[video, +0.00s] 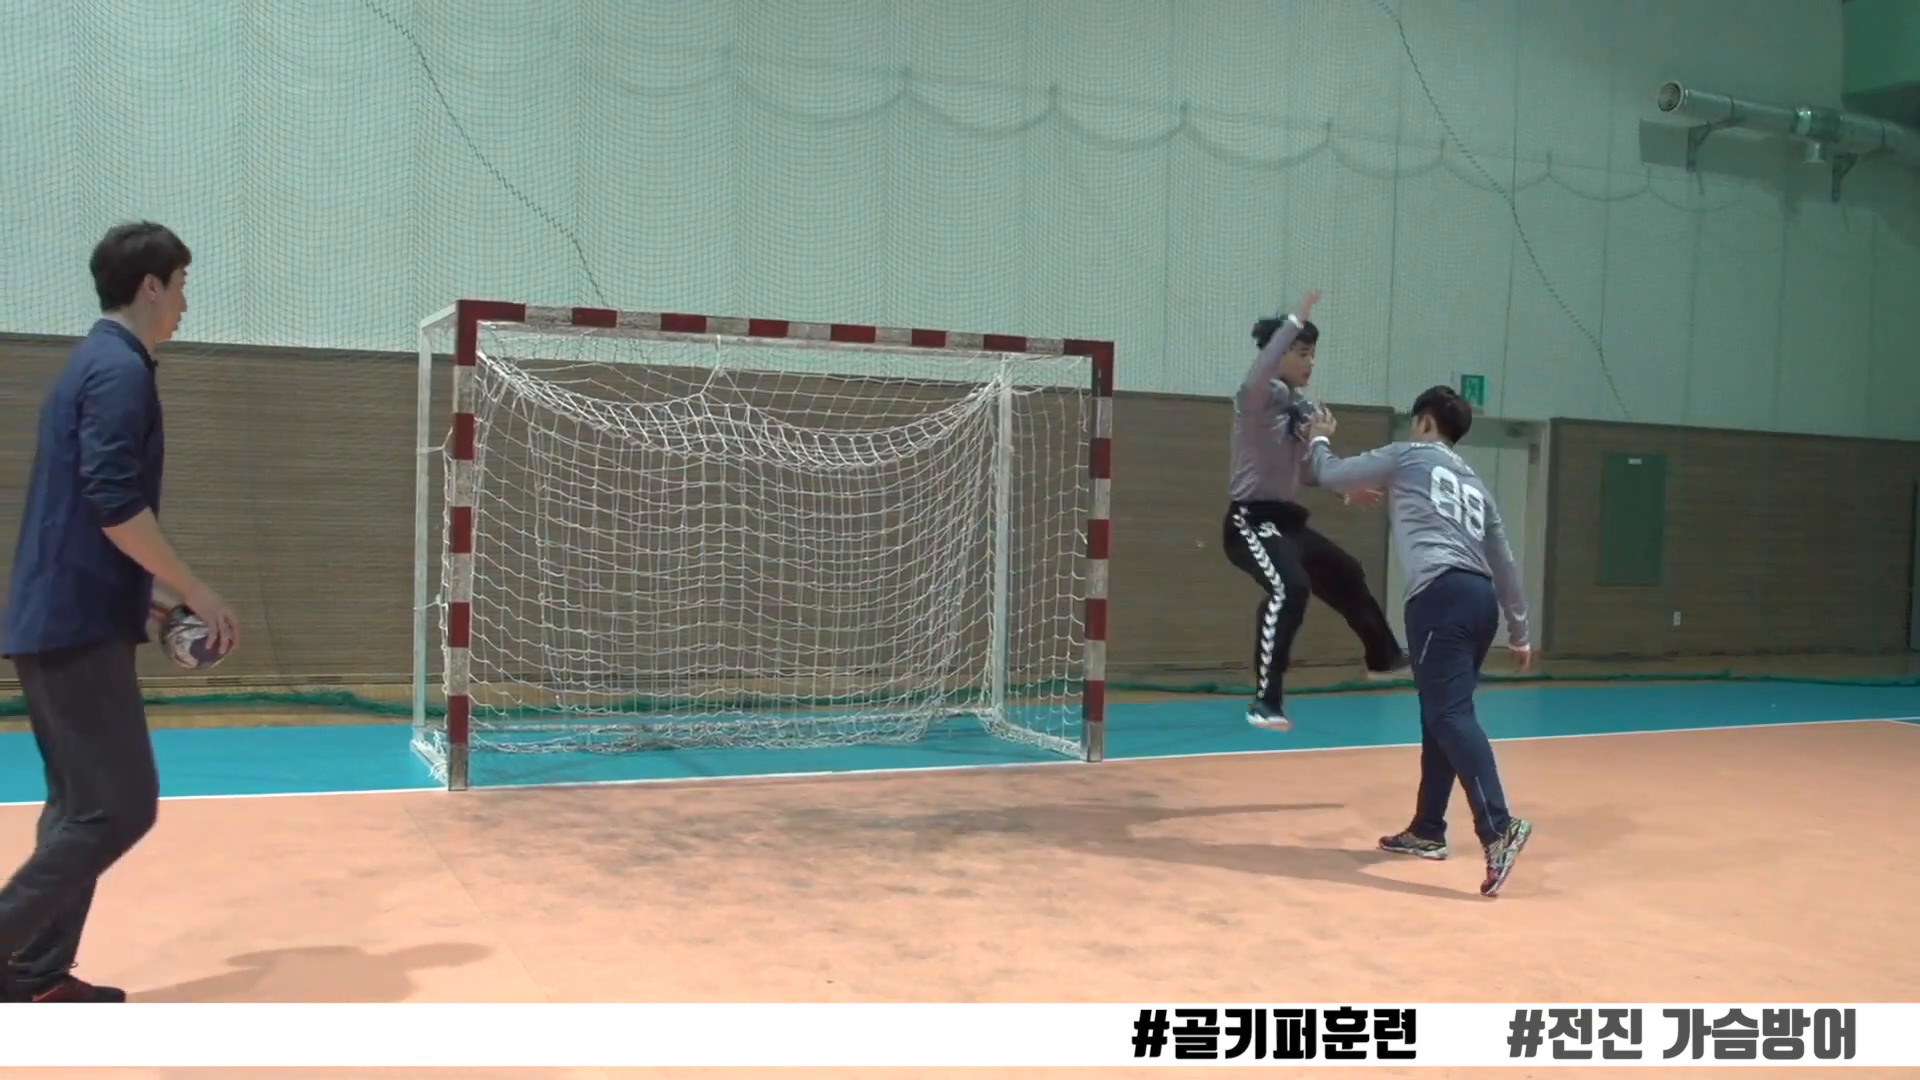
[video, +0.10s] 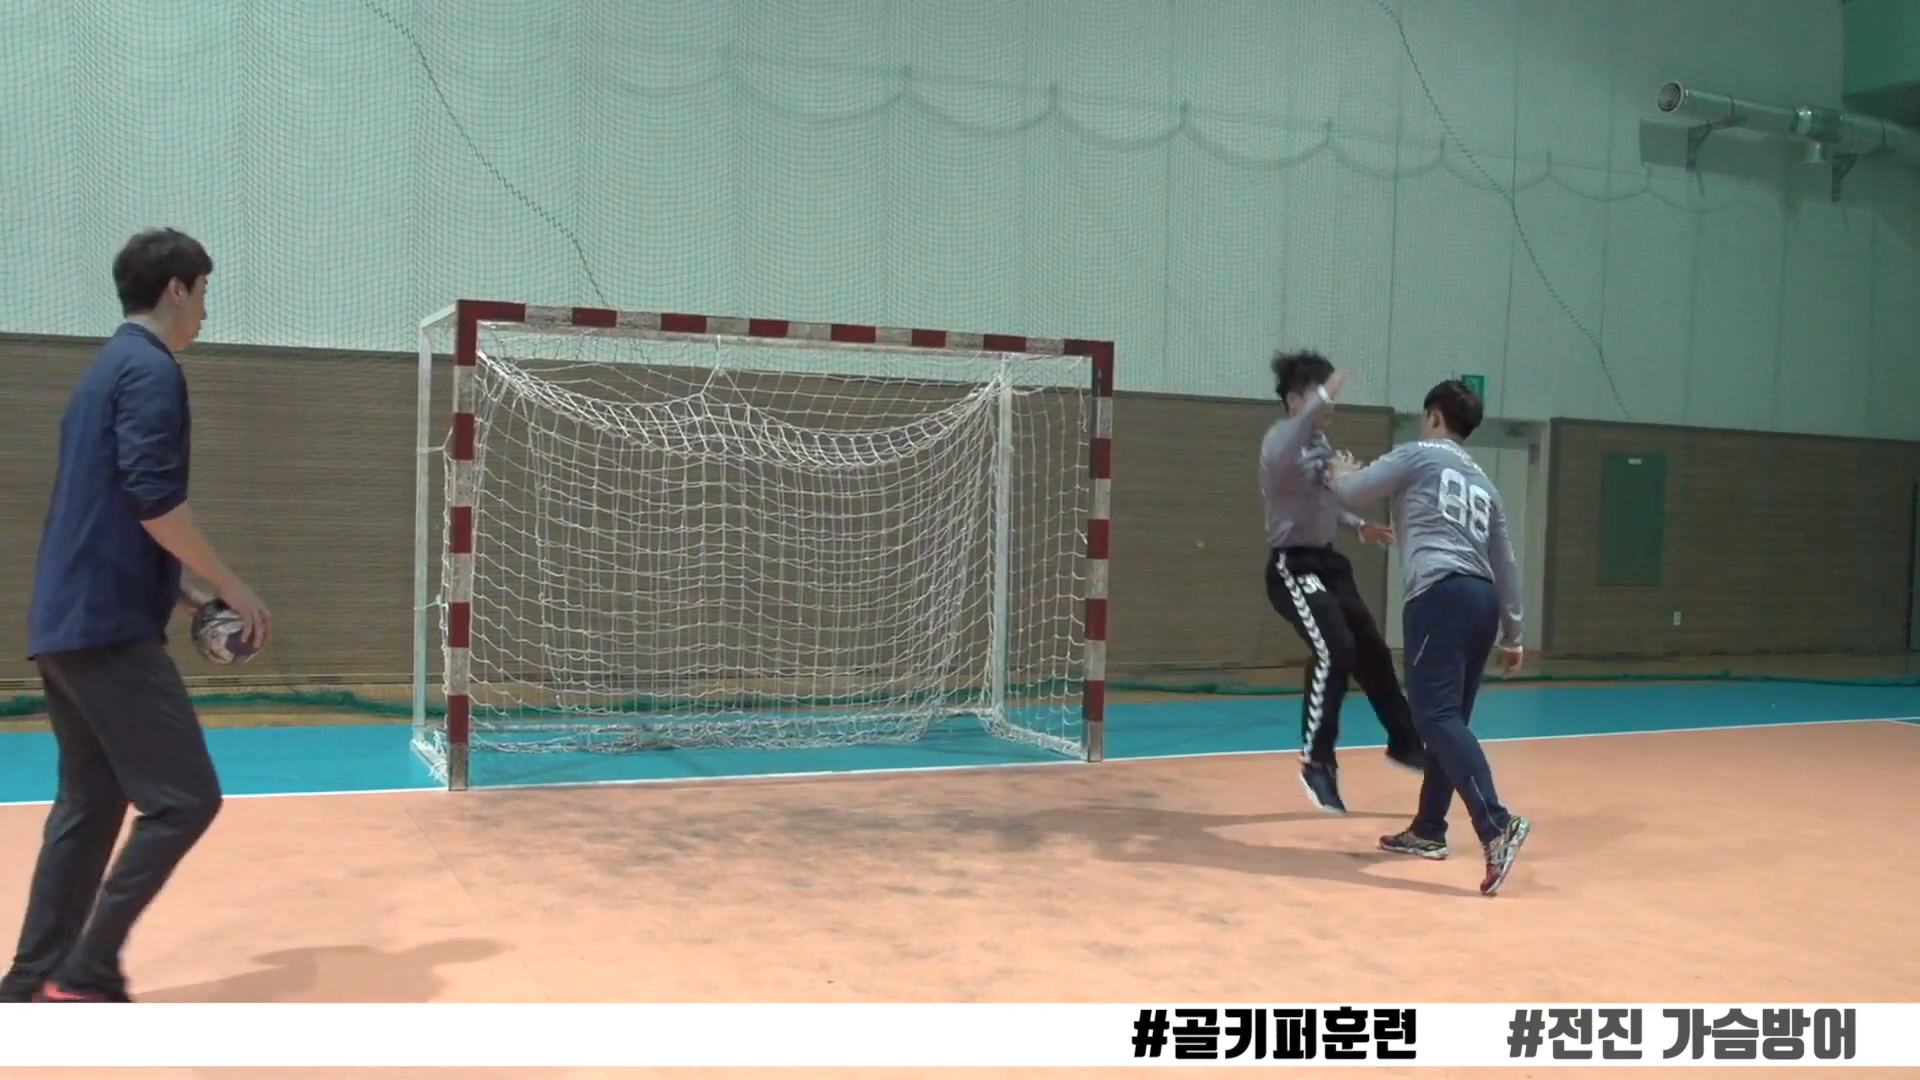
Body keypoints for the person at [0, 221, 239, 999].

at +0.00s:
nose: (185, 300)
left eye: (184, 285)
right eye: (181, 286)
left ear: (125, 288)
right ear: (153, 287)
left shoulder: (93, 362)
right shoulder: (120, 366)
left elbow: (84, 520)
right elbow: (113, 502)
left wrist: (151, 608)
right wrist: (194, 588)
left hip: (55, 619)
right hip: (73, 621)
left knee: (78, 801)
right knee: (123, 803)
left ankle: (39, 970)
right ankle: (11, 942)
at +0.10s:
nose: (205, 307)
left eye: (205, 291)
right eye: (203, 291)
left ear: (144, 292)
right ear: (176, 290)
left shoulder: (107, 368)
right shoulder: (150, 369)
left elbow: (114, 518)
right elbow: (152, 503)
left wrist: (188, 599)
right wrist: (232, 588)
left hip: (65, 627)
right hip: (106, 626)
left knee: (91, 799)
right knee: (187, 797)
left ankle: (34, 974)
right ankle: (88, 969)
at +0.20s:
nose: (229, 312)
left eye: (228, 297)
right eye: (227, 297)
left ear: (166, 299)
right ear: (201, 296)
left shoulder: (129, 375)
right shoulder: (184, 373)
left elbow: (134, 525)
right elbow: (193, 500)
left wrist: (214, 593)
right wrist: (272, 585)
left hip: (96, 628)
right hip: (142, 629)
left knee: (100, 802)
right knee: (236, 795)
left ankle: (39, 975)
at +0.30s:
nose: (256, 317)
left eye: (253, 303)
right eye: (254, 303)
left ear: (189, 308)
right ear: (236, 303)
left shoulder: (157, 389)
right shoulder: (222, 380)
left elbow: (169, 532)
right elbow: (232, 502)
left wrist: (250, 595)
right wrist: (311, 587)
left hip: (131, 637)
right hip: (186, 636)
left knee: (117, 805)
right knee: (285, 799)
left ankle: (41, 974)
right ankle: (345, 975)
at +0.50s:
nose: (321, 327)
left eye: (315, 314)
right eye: (318, 315)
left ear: (251, 329)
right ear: (305, 320)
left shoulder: (230, 416)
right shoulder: (308, 401)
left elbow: (264, 549)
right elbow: (344, 516)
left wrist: (354, 603)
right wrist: (415, 580)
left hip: (231, 651)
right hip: (295, 650)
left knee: (221, 804)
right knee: (401, 811)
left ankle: (78, 949)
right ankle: (416, 1003)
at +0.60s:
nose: (344, 328)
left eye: (338, 316)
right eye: (342, 316)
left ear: (272, 332)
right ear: (331, 319)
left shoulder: (258, 416)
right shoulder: (342, 394)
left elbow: (303, 559)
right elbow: (398, 500)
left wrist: (408, 592)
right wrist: (461, 558)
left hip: (265, 648)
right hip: (334, 647)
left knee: (291, 791)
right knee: (430, 816)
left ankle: (163, 936)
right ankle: (417, 1001)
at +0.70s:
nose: (354, 330)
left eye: (341, 321)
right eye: (350, 318)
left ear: (282, 338)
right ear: (342, 319)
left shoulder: (273, 421)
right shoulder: (363, 386)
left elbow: (340, 556)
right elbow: (436, 462)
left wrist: (450, 564)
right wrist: (495, 524)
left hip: (287, 649)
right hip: (363, 643)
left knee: (328, 780)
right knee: (443, 817)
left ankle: (270, 947)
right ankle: (419, 997)